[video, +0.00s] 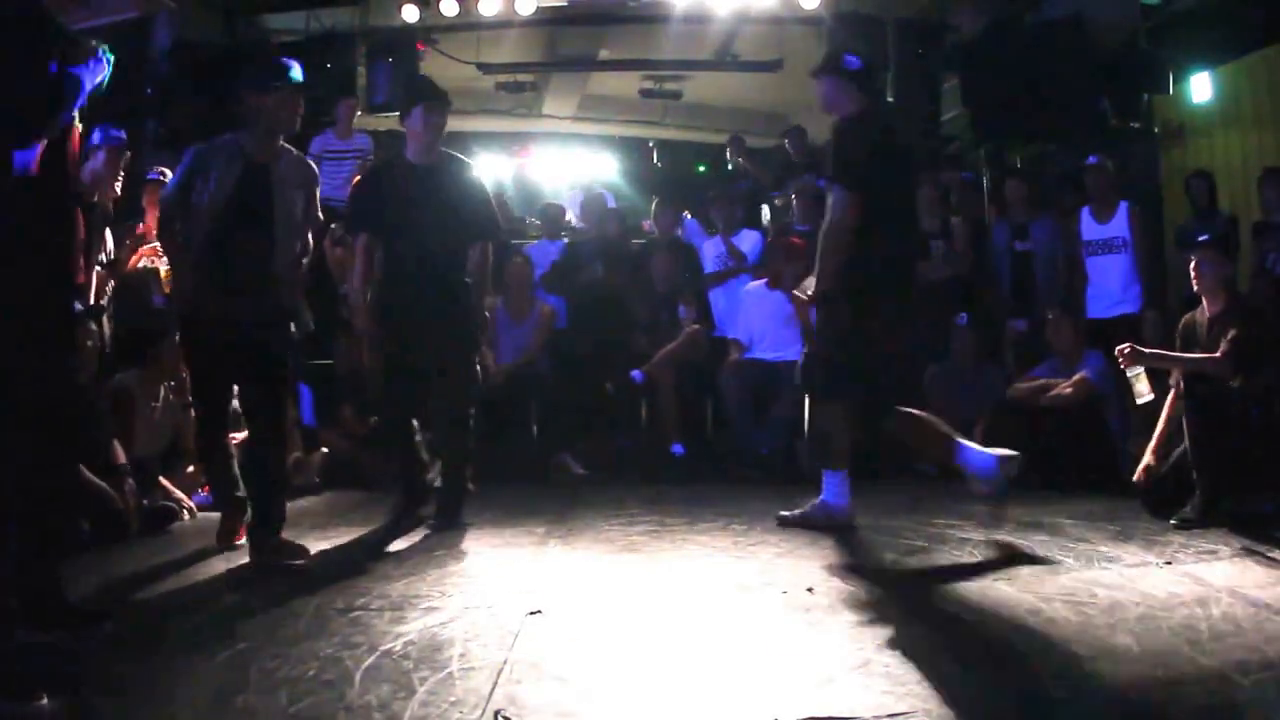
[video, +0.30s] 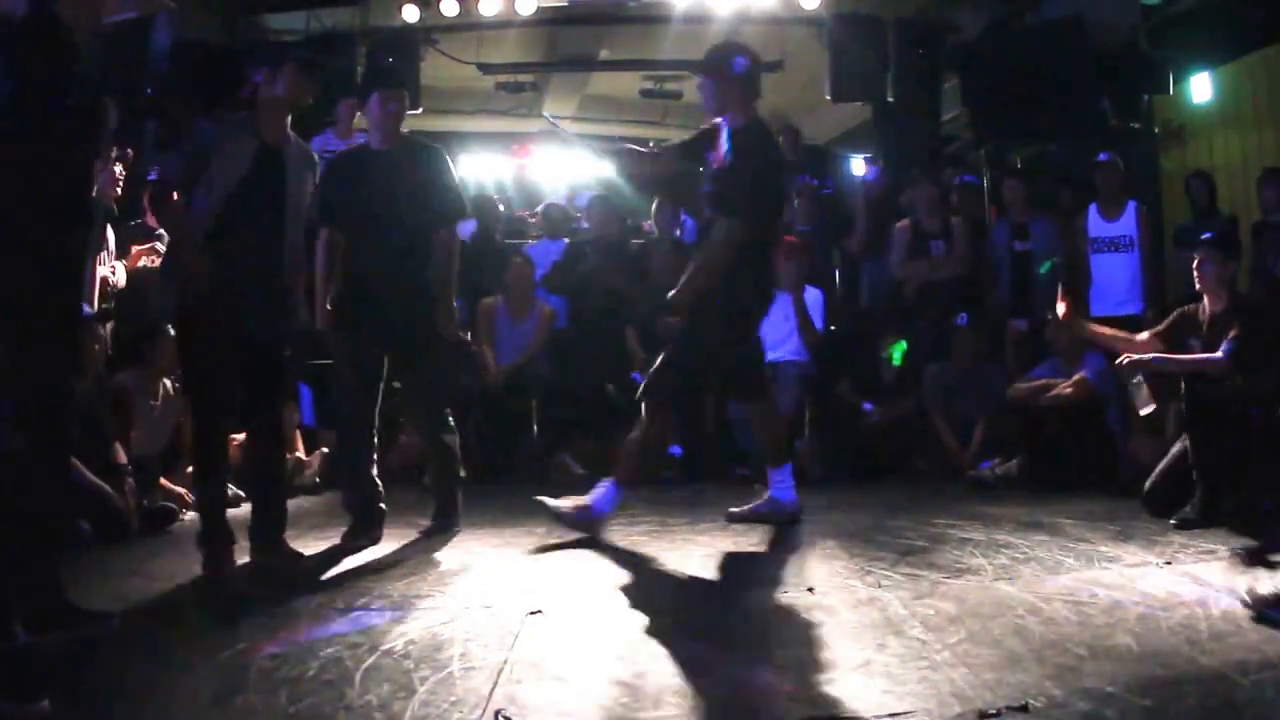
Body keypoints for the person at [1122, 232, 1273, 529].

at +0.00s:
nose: (1194, 269)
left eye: (1204, 262)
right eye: (1192, 261)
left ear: (1226, 269)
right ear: (1188, 267)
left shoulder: (1246, 316)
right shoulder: (1189, 324)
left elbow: (1222, 364)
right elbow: (1177, 392)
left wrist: (1147, 357)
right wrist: (1152, 453)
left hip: (1249, 427)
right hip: (1211, 429)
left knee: (1198, 391)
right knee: (1157, 495)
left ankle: (1205, 499)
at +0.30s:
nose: (1196, 267)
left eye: (1206, 261)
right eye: (1195, 260)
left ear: (1229, 267)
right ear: (1191, 265)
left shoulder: (1246, 314)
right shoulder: (1191, 314)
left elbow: (1222, 363)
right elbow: (1141, 344)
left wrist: (1152, 359)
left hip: (1246, 424)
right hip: (1208, 425)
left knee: (1195, 387)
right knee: (1156, 497)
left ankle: (1206, 498)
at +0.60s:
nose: (1198, 268)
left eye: (1207, 261)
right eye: (1196, 261)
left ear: (1229, 268)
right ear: (1191, 266)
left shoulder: (1247, 315)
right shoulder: (1189, 313)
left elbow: (1221, 363)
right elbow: (1133, 322)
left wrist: (1148, 361)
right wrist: (1084, 288)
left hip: (1245, 425)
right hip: (1207, 426)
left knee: (1195, 394)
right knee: (1156, 497)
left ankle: (1204, 498)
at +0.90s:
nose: (1199, 274)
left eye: (1207, 267)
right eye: (1196, 267)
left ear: (1226, 272)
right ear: (1191, 271)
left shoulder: (1247, 313)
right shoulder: (1194, 311)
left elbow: (1220, 363)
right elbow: (1146, 327)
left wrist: (1147, 362)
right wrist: (1093, 313)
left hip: (1245, 425)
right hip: (1210, 426)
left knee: (1197, 391)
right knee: (1156, 497)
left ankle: (1206, 497)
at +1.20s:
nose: (1192, 280)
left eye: (1197, 273)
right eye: (1193, 272)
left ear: (1219, 277)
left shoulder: (1245, 318)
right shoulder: (1188, 318)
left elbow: (1221, 363)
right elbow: (1166, 370)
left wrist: (1149, 364)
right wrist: (1137, 376)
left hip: (1243, 428)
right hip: (1206, 429)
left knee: (1195, 388)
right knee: (1156, 498)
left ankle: (1205, 498)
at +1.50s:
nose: (1194, 269)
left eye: (1203, 262)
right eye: (1191, 262)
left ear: (1225, 269)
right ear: (1186, 268)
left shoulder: (1246, 314)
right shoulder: (1187, 321)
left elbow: (1216, 362)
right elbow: (1179, 373)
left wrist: (1146, 363)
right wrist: (1149, 393)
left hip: (1246, 432)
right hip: (1205, 432)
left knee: (1193, 388)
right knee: (1154, 498)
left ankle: (1205, 499)